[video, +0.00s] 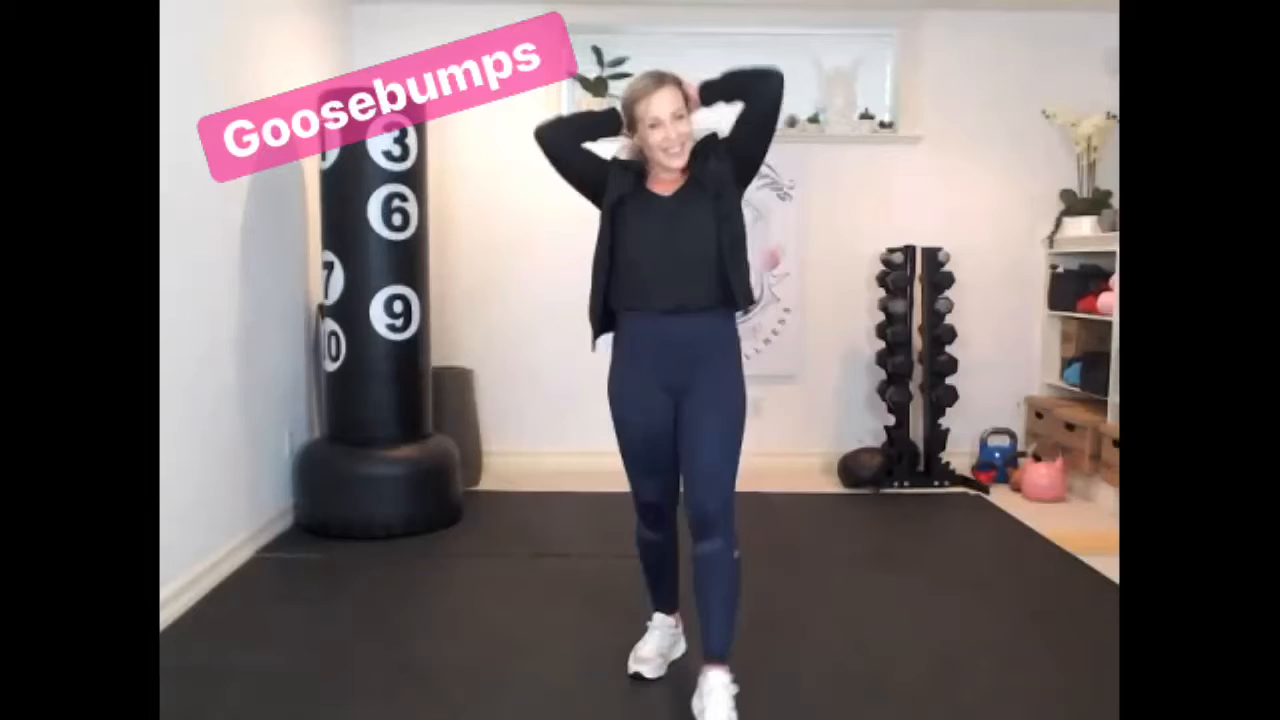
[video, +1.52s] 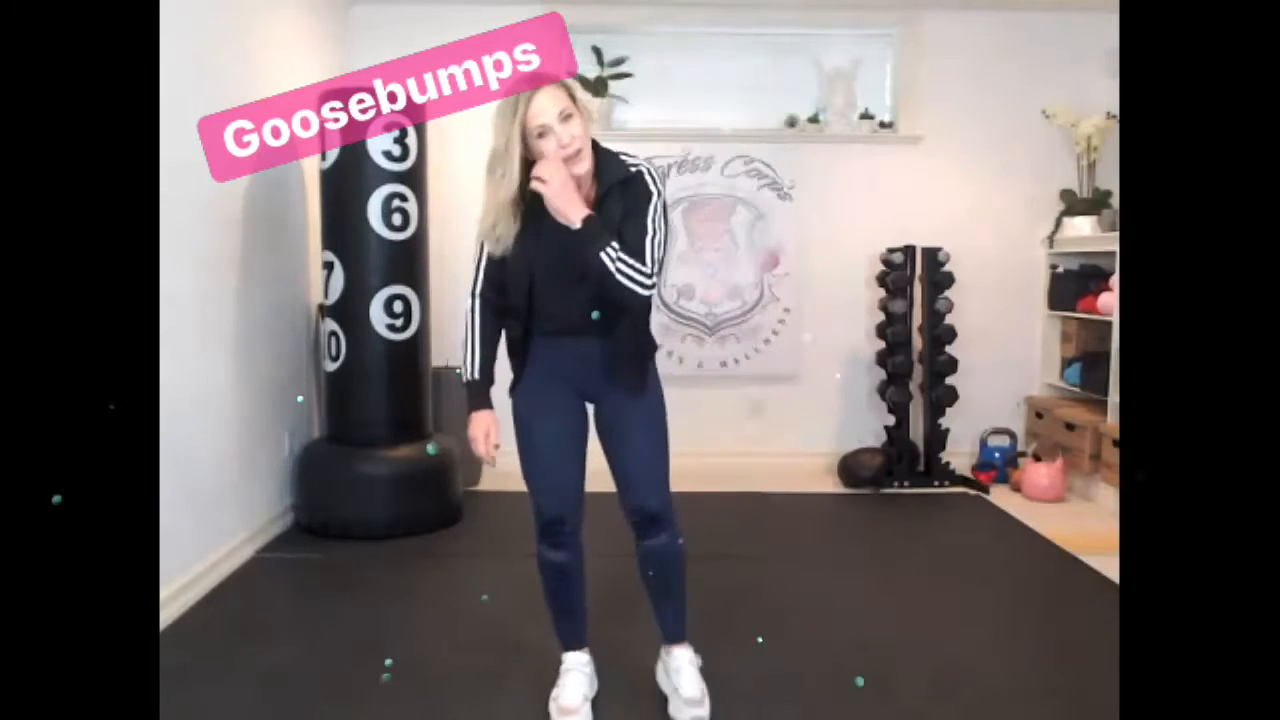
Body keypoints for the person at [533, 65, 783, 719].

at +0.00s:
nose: (671, 134)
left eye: (678, 119)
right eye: (656, 124)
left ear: (694, 118)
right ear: (635, 134)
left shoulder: (724, 170)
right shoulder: (615, 185)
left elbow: (768, 85)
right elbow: (551, 138)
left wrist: (697, 93)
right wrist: (622, 122)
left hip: (713, 359)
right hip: (638, 360)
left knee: (711, 513)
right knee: (652, 506)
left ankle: (717, 671)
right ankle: (663, 621)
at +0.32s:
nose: (668, 111)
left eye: (672, 96)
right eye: (649, 107)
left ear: (689, 101)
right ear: (630, 126)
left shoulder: (728, 162)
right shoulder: (619, 192)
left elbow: (767, 212)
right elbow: (569, 277)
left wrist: (747, 129)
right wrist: (538, 204)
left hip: (727, 363)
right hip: (648, 365)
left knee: (717, 528)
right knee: (625, 519)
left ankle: (711, 682)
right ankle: (644, 611)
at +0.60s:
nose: (651, 142)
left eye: (653, 126)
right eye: (634, 140)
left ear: (661, 111)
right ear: (608, 146)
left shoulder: (708, 173)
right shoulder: (594, 194)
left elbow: (735, 277)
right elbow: (583, 292)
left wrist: (685, 195)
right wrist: (565, 375)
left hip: (701, 369)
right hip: (620, 370)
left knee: (703, 527)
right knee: (603, 524)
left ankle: (710, 681)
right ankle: (582, 655)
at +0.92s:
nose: (611, 148)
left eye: (613, 133)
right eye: (592, 142)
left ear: (624, 129)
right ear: (557, 154)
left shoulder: (664, 187)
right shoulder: (542, 204)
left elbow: (657, 282)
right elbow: (515, 296)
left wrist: (602, 209)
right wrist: (492, 395)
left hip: (649, 374)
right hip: (569, 376)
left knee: (671, 521)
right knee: (574, 522)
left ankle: (704, 676)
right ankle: (577, 656)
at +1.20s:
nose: (567, 139)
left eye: (571, 119)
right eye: (546, 135)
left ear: (591, 117)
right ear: (530, 150)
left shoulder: (640, 191)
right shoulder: (522, 206)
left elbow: (646, 306)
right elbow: (485, 290)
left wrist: (561, 258)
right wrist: (457, 380)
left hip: (631, 372)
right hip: (550, 377)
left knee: (660, 519)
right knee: (559, 523)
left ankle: (702, 673)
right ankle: (576, 659)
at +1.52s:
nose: (559, 137)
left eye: (565, 120)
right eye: (542, 131)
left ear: (586, 116)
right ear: (525, 144)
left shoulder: (632, 182)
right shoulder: (512, 199)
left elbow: (642, 283)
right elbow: (487, 298)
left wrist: (580, 219)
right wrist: (480, 399)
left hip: (625, 367)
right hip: (545, 373)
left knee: (652, 513)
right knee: (556, 521)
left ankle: (678, 653)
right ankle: (574, 659)